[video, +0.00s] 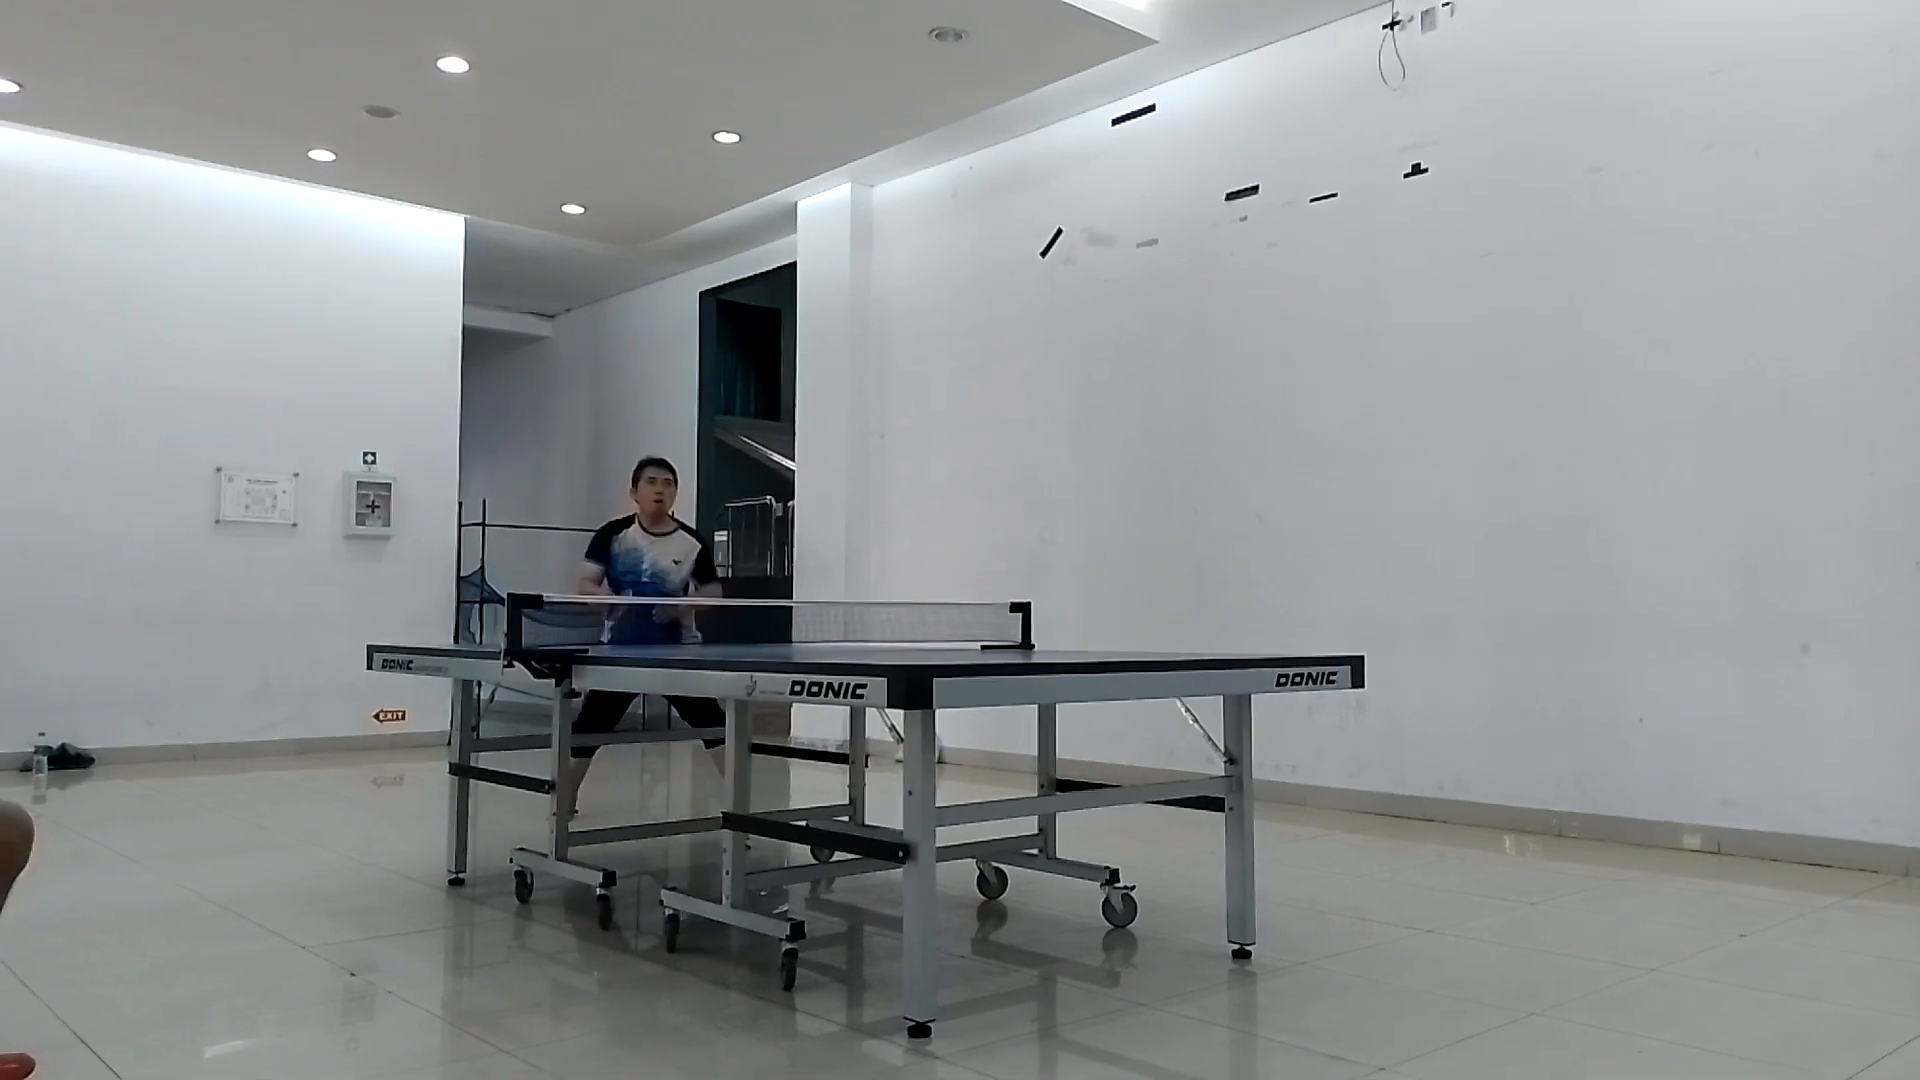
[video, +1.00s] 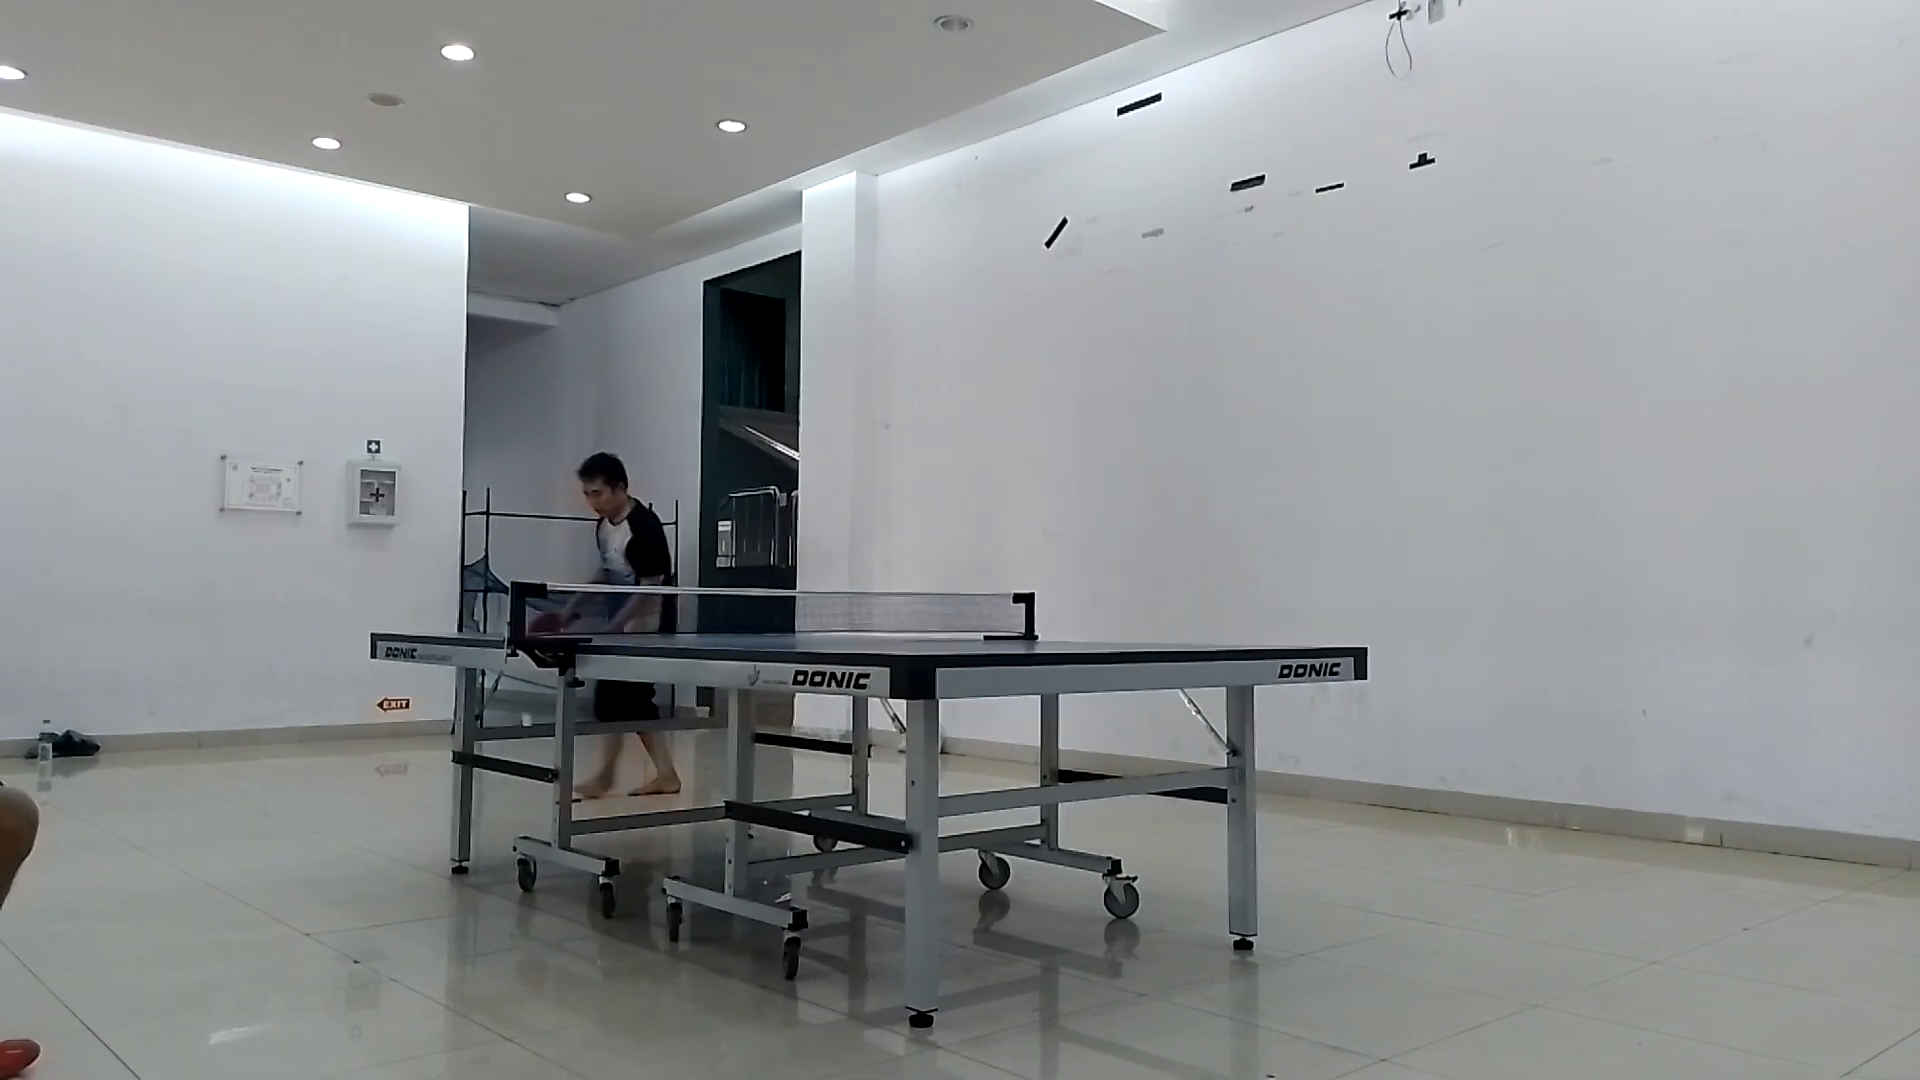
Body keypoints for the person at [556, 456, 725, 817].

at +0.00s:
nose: (660, 489)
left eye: (667, 483)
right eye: (651, 482)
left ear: (676, 493)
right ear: (634, 491)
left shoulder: (693, 543)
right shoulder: (611, 534)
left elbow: (713, 596)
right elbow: (584, 587)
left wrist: (680, 608)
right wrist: (606, 601)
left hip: (676, 654)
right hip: (621, 652)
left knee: (715, 729)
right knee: (587, 731)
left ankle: (742, 805)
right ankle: (564, 807)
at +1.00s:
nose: (590, 502)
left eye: (595, 493)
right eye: (587, 494)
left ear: (618, 487)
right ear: (590, 493)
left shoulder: (644, 525)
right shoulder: (604, 524)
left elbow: (651, 587)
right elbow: (605, 574)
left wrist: (615, 625)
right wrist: (570, 609)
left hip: (649, 623)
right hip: (626, 621)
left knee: (611, 693)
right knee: (636, 696)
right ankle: (667, 773)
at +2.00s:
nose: (548, 476)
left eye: (555, 468)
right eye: (539, 468)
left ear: (565, 471)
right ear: (523, 472)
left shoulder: (582, 519)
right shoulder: (500, 510)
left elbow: (602, 575)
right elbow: (468, 558)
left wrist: (599, 605)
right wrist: (485, 597)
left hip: (561, 626)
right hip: (513, 624)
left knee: (554, 705)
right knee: (504, 698)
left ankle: (551, 783)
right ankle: (515, 777)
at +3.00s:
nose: (558, 495)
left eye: (564, 486)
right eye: (548, 486)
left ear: (574, 488)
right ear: (529, 489)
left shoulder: (587, 535)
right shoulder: (506, 522)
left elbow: (598, 598)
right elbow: (460, 568)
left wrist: (609, 602)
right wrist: (505, 567)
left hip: (560, 640)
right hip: (504, 639)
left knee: (592, 707)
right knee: (491, 717)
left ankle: (593, 794)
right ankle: (467, 801)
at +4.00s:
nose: (581, 504)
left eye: (585, 495)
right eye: (572, 496)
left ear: (590, 492)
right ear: (547, 494)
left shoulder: (592, 530)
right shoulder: (521, 518)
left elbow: (620, 576)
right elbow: (535, 561)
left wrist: (649, 576)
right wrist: (585, 535)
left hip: (571, 643)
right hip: (521, 643)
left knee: (605, 715)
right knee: (498, 725)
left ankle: (593, 793)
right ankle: (468, 798)